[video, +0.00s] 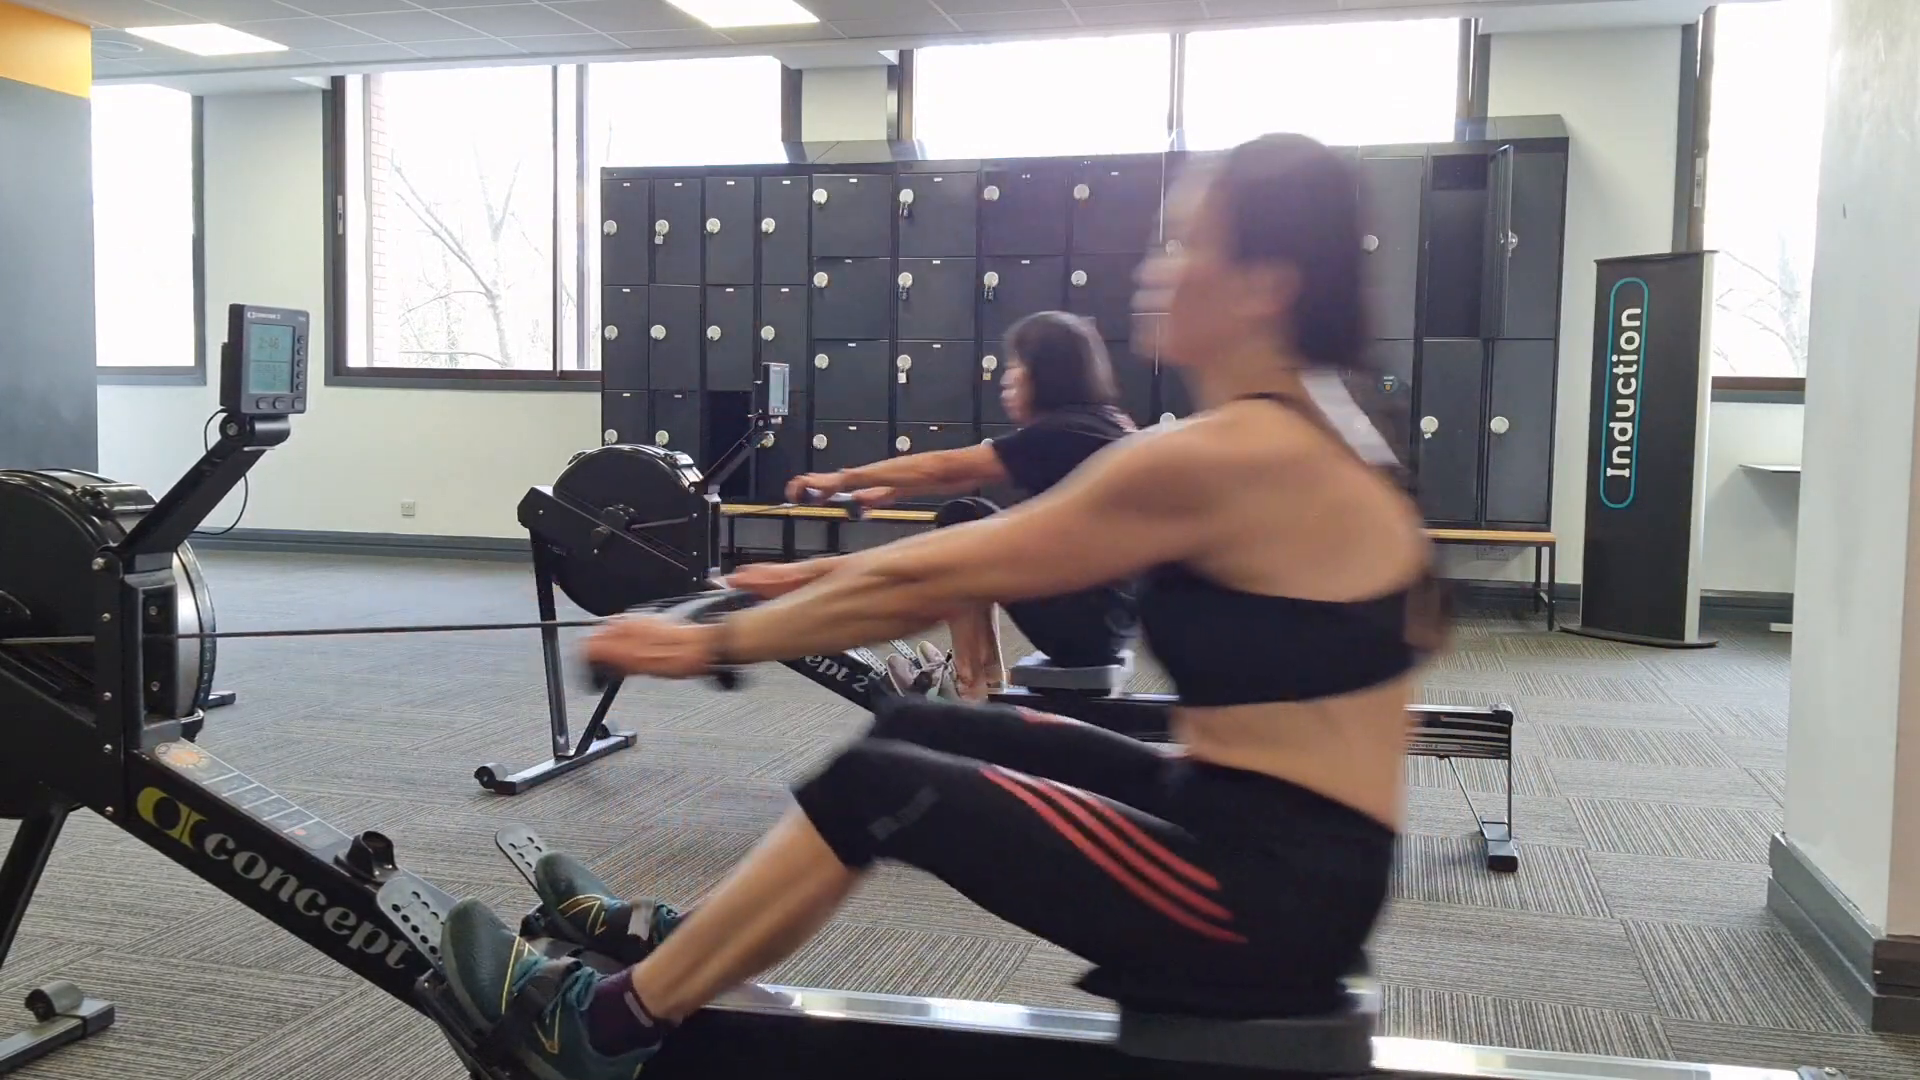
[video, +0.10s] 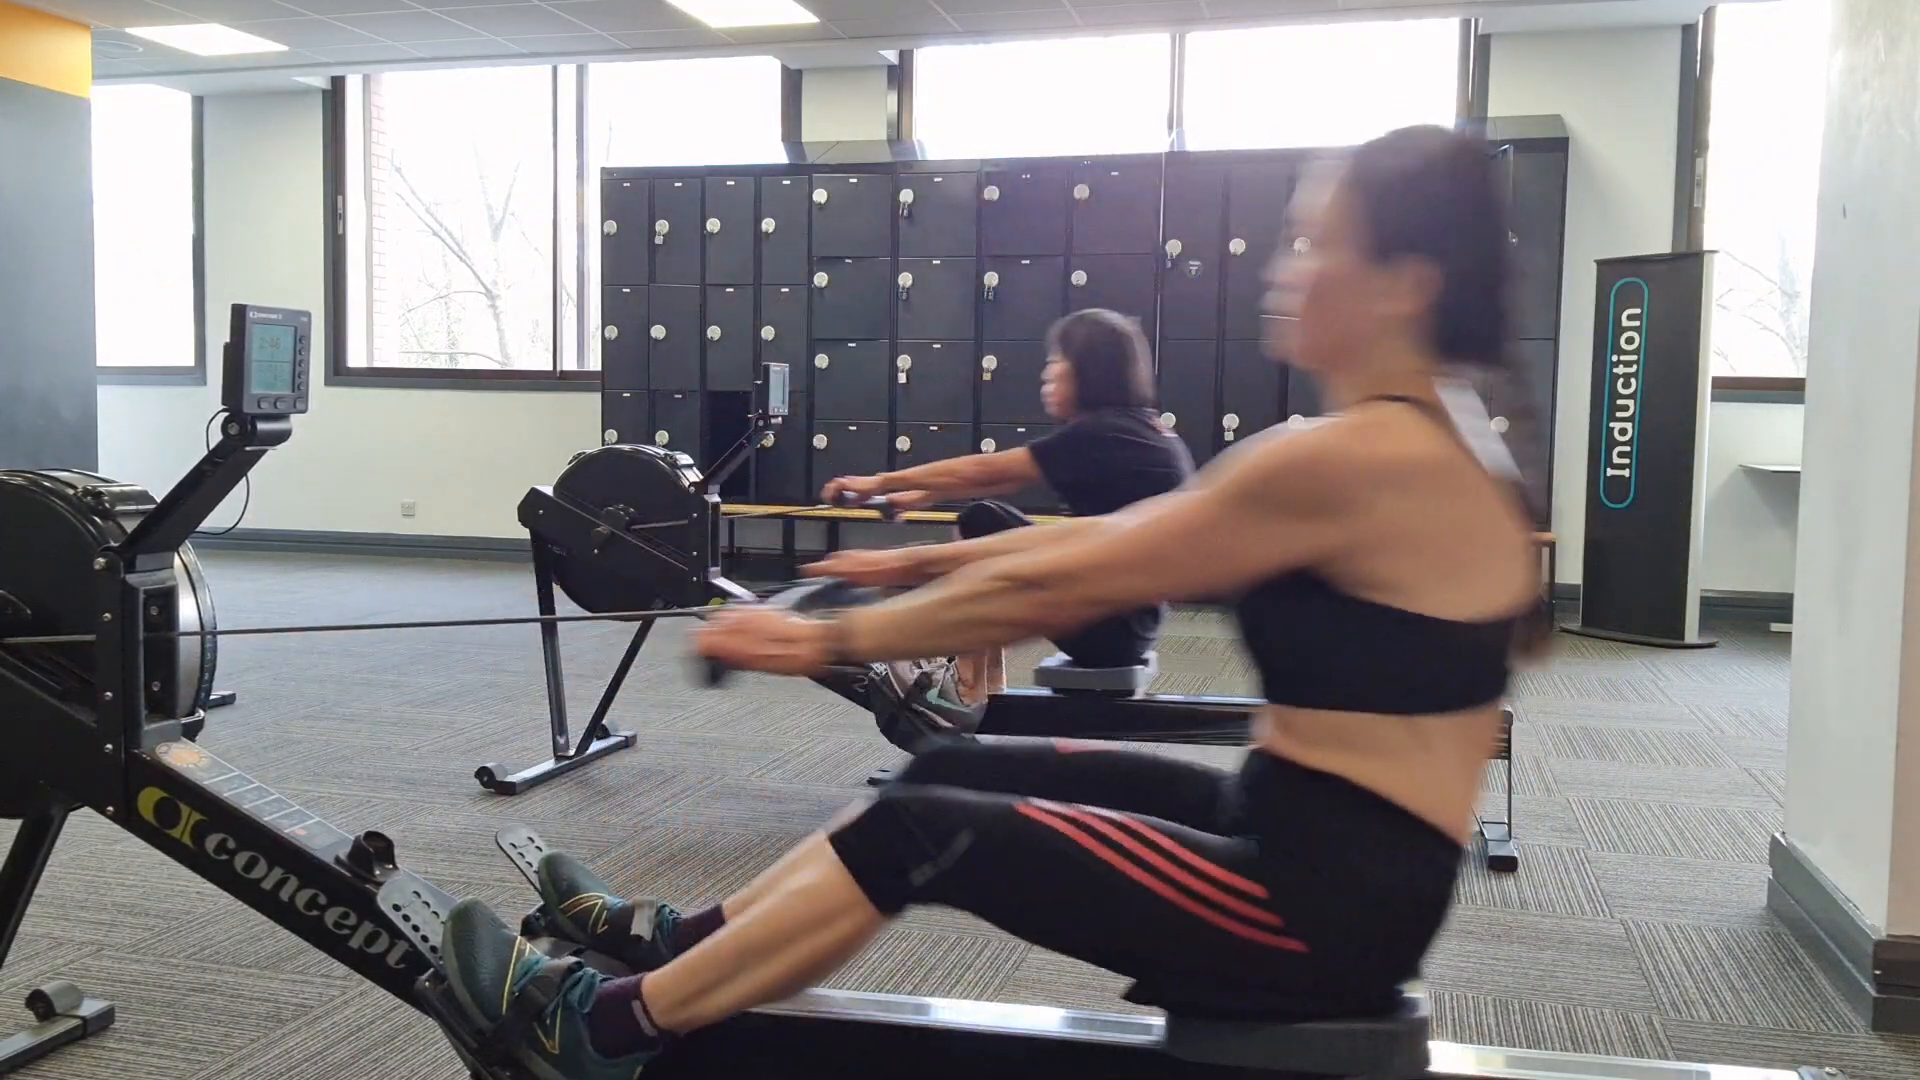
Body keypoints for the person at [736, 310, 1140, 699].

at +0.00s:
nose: (1004, 380)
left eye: (1015, 367)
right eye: (1006, 367)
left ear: (1048, 373)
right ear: (1078, 372)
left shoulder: (1060, 436)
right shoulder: (1106, 426)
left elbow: (946, 470)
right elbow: (975, 471)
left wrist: (840, 478)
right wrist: (892, 488)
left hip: (1086, 632)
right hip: (1110, 622)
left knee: (961, 518)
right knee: (975, 514)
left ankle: (973, 682)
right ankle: (984, 671)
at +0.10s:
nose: (1045, 377)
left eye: (1055, 363)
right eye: (1049, 364)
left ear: (1088, 372)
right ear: (1109, 374)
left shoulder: (1101, 435)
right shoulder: (1141, 429)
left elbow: (986, 470)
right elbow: (1008, 478)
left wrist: (878, 481)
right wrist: (924, 496)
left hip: (1110, 633)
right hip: (1136, 624)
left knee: (980, 518)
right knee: (990, 519)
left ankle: (969, 685)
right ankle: (988, 681)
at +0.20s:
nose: (1087, 372)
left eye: (1097, 360)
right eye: (1091, 360)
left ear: (1128, 369)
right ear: (1153, 371)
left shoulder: (1135, 433)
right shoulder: (1185, 427)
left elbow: (1026, 473)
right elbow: (1042, 477)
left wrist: (914, 480)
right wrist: (961, 492)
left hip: (1147, 603)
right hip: (1178, 596)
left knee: (1001, 525)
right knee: (1012, 524)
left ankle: (976, 681)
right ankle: (983, 677)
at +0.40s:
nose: (1171, 375)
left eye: (1182, 362)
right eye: (1176, 362)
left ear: (1214, 373)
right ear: (1240, 375)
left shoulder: (1226, 445)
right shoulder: (1266, 440)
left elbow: (1104, 478)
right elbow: (1117, 480)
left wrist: (994, 485)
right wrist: (1035, 494)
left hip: (1189, 628)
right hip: (1219, 623)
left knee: (1037, 547)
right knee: (1051, 537)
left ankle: (968, 694)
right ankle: (983, 684)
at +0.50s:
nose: (1212, 384)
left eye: (1223, 372)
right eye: (1215, 371)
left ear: (1259, 380)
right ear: (1280, 382)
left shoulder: (1270, 451)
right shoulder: (1300, 445)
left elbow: (1152, 484)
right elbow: (1158, 482)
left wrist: (1040, 491)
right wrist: (1064, 492)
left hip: (1216, 636)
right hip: (1231, 623)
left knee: (1056, 561)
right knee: (1064, 553)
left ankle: (968, 697)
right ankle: (978, 685)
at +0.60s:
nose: (1246, 386)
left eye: (1257, 373)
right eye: (1249, 372)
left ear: (1294, 381)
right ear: (1312, 383)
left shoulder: (1307, 449)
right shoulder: (1332, 444)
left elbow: (1197, 496)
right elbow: (1202, 492)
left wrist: (1094, 498)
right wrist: (1103, 496)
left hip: (1246, 636)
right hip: (1260, 620)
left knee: (1077, 579)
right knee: (1087, 573)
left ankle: (969, 699)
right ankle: (979, 685)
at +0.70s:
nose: (1271, 390)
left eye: (1280, 376)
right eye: (1273, 376)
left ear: (1316, 383)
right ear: (1335, 383)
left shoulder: (1336, 454)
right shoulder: (1358, 446)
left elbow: (1237, 511)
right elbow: (1243, 508)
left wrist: (1134, 508)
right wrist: (1143, 506)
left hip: (1289, 624)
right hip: (1294, 611)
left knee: (1097, 596)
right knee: (1104, 589)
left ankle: (970, 700)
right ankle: (980, 688)